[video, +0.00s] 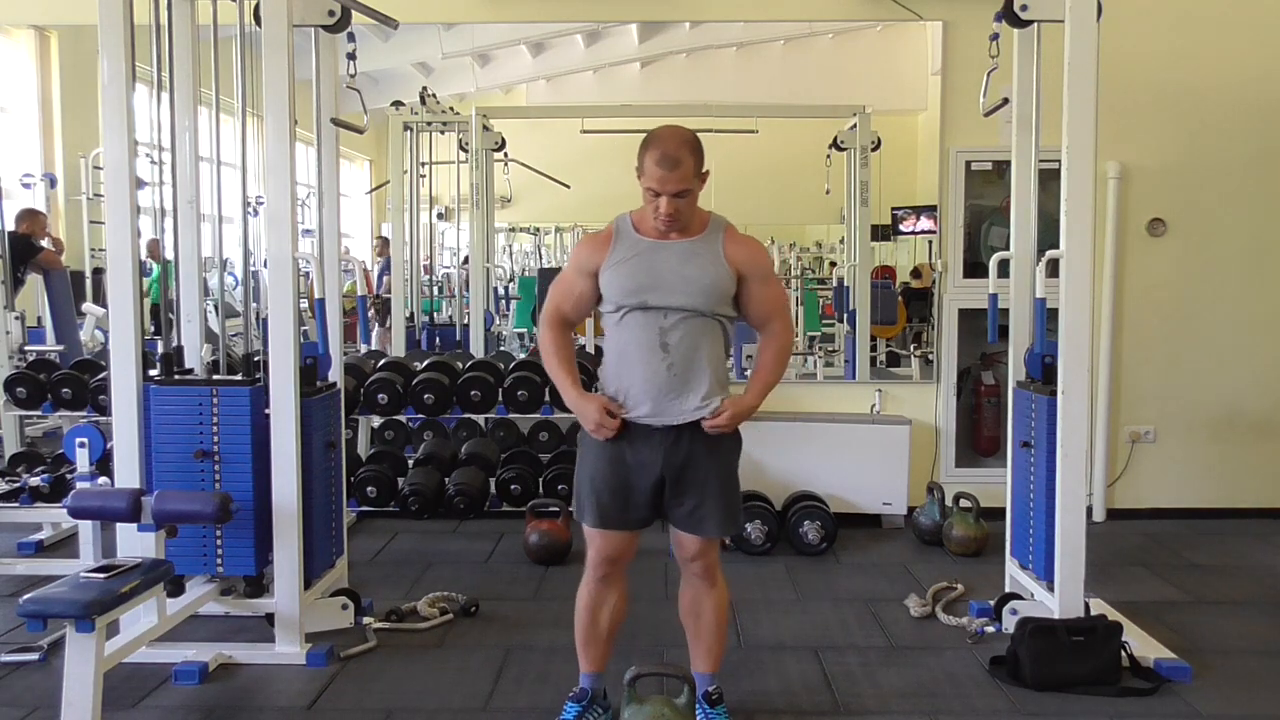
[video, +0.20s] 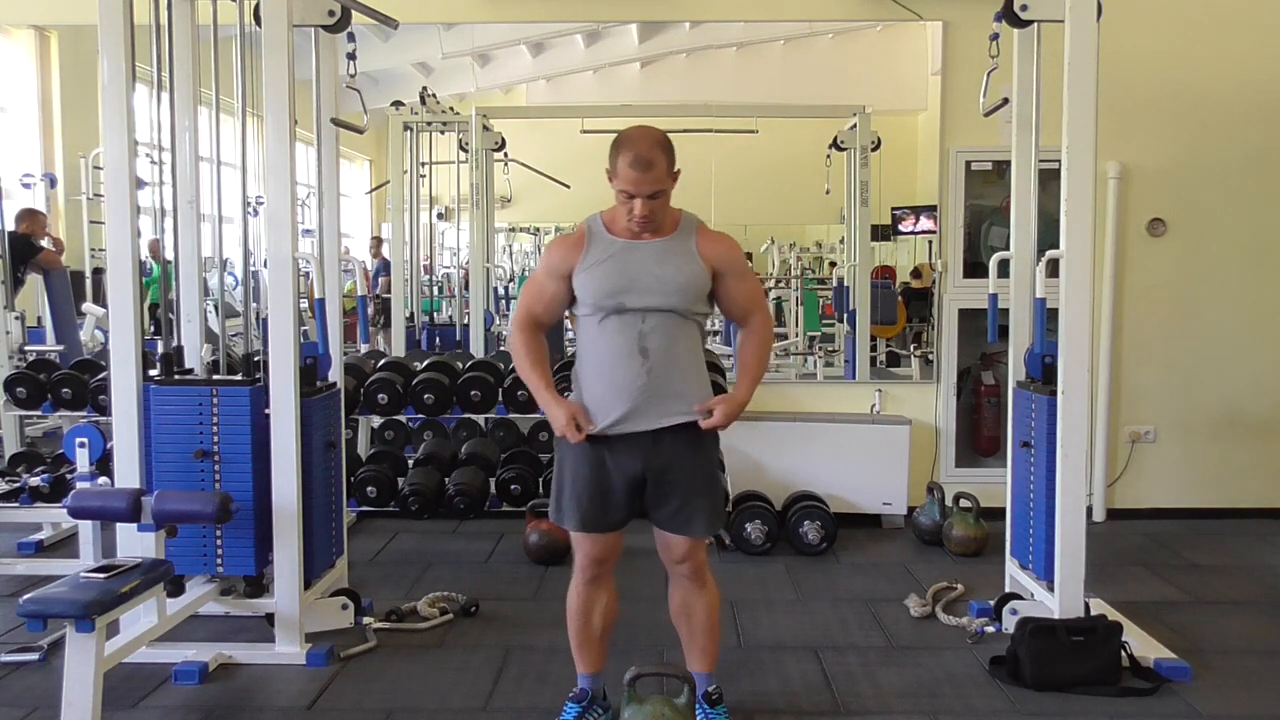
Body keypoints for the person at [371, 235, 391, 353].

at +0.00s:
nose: (374, 249)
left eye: (377, 246)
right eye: (374, 246)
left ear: (385, 247)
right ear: (382, 248)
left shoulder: (387, 262)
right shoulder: (383, 263)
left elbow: (387, 284)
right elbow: (384, 284)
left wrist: (377, 301)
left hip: (385, 308)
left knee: (378, 341)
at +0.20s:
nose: (370, 250)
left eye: (373, 247)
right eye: (369, 247)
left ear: (379, 247)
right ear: (370, 247)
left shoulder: (383, 263)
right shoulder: (379, 263)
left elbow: (383, 285)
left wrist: (375, 300)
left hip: (381, 302)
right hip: (383, 302)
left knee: (372, 333)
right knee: (386, 335)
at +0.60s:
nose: (359, 250)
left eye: (362, 248)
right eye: (358, 247)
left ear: (369, 248)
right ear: (356, 247)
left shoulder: (370, 265)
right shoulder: (363, 264)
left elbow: (368, 289)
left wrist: (356, 308)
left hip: (367, 302)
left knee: (366, 333)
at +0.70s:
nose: (356, 251)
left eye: (359, 248)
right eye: (355, 248)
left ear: (365, 249)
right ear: (354, 248)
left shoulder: (367, 265)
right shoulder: (357, 264)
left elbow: (365, 289)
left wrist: (351, 307)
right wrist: (349, 306)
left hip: (364, 302)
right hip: (356, 302)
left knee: (361, 335)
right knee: (355, 334)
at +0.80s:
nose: (354, 252)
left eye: (357, 249)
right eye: (353, 248)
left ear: (363, 249)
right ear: (351, 248)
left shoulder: (366, 265)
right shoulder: (352, 264)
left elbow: (364, 289)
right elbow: (348, 287)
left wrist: (349, 306)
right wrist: (343, 305)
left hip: (361, 303)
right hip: (349, 302)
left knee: (359, 334)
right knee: (347, 335)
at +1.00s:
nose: (350, 251)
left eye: (354, 249)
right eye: (349, 248)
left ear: (359, 249)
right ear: (347, 247)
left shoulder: (364, 267)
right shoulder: (343, 264)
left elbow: (365, 290)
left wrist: (353, 306)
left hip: (356, 300)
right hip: (343, 297)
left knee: (356, 331)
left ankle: (360, 353)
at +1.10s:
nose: (349, 251)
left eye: (352, 249)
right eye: (347, 248)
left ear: (357, 250)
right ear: (343, 247)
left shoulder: (360, 265)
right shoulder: (337, 263)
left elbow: (369, 286)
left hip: (354, 305)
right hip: (338, 304)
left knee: (356, 337)